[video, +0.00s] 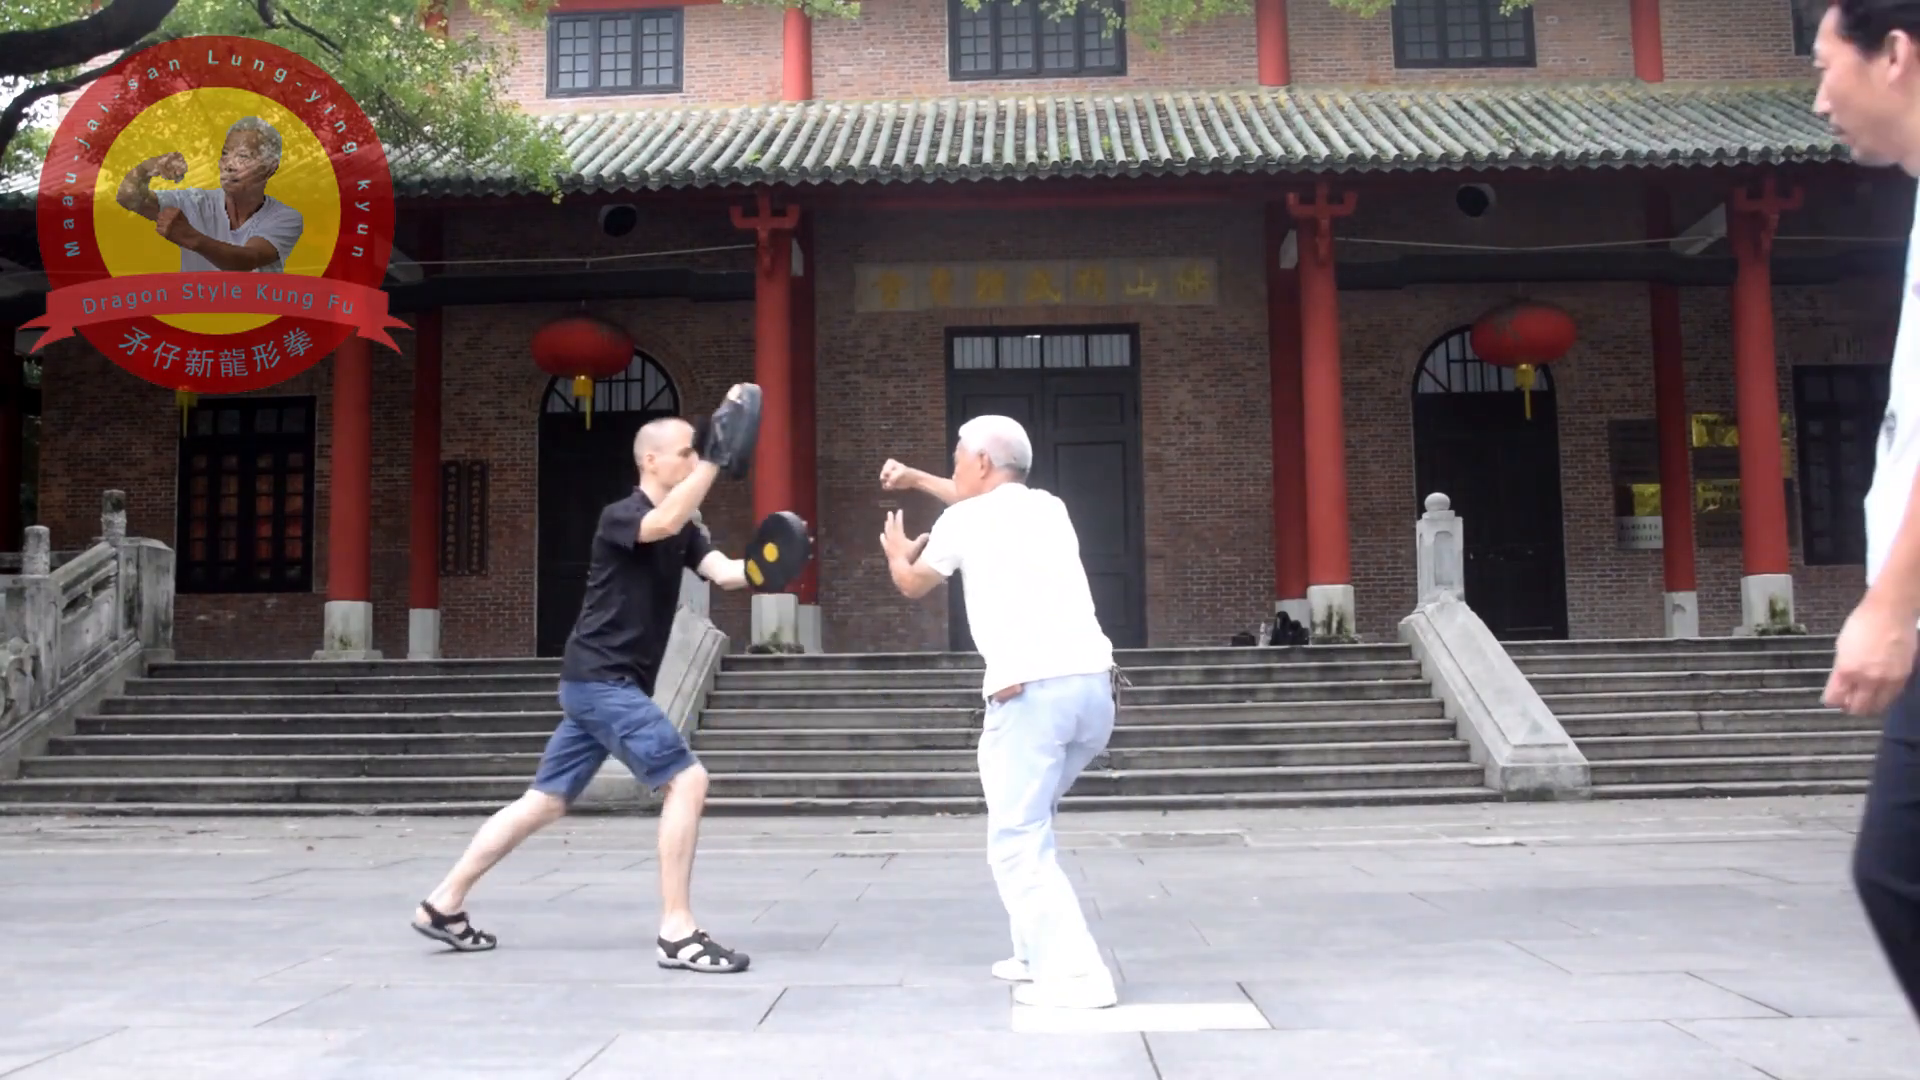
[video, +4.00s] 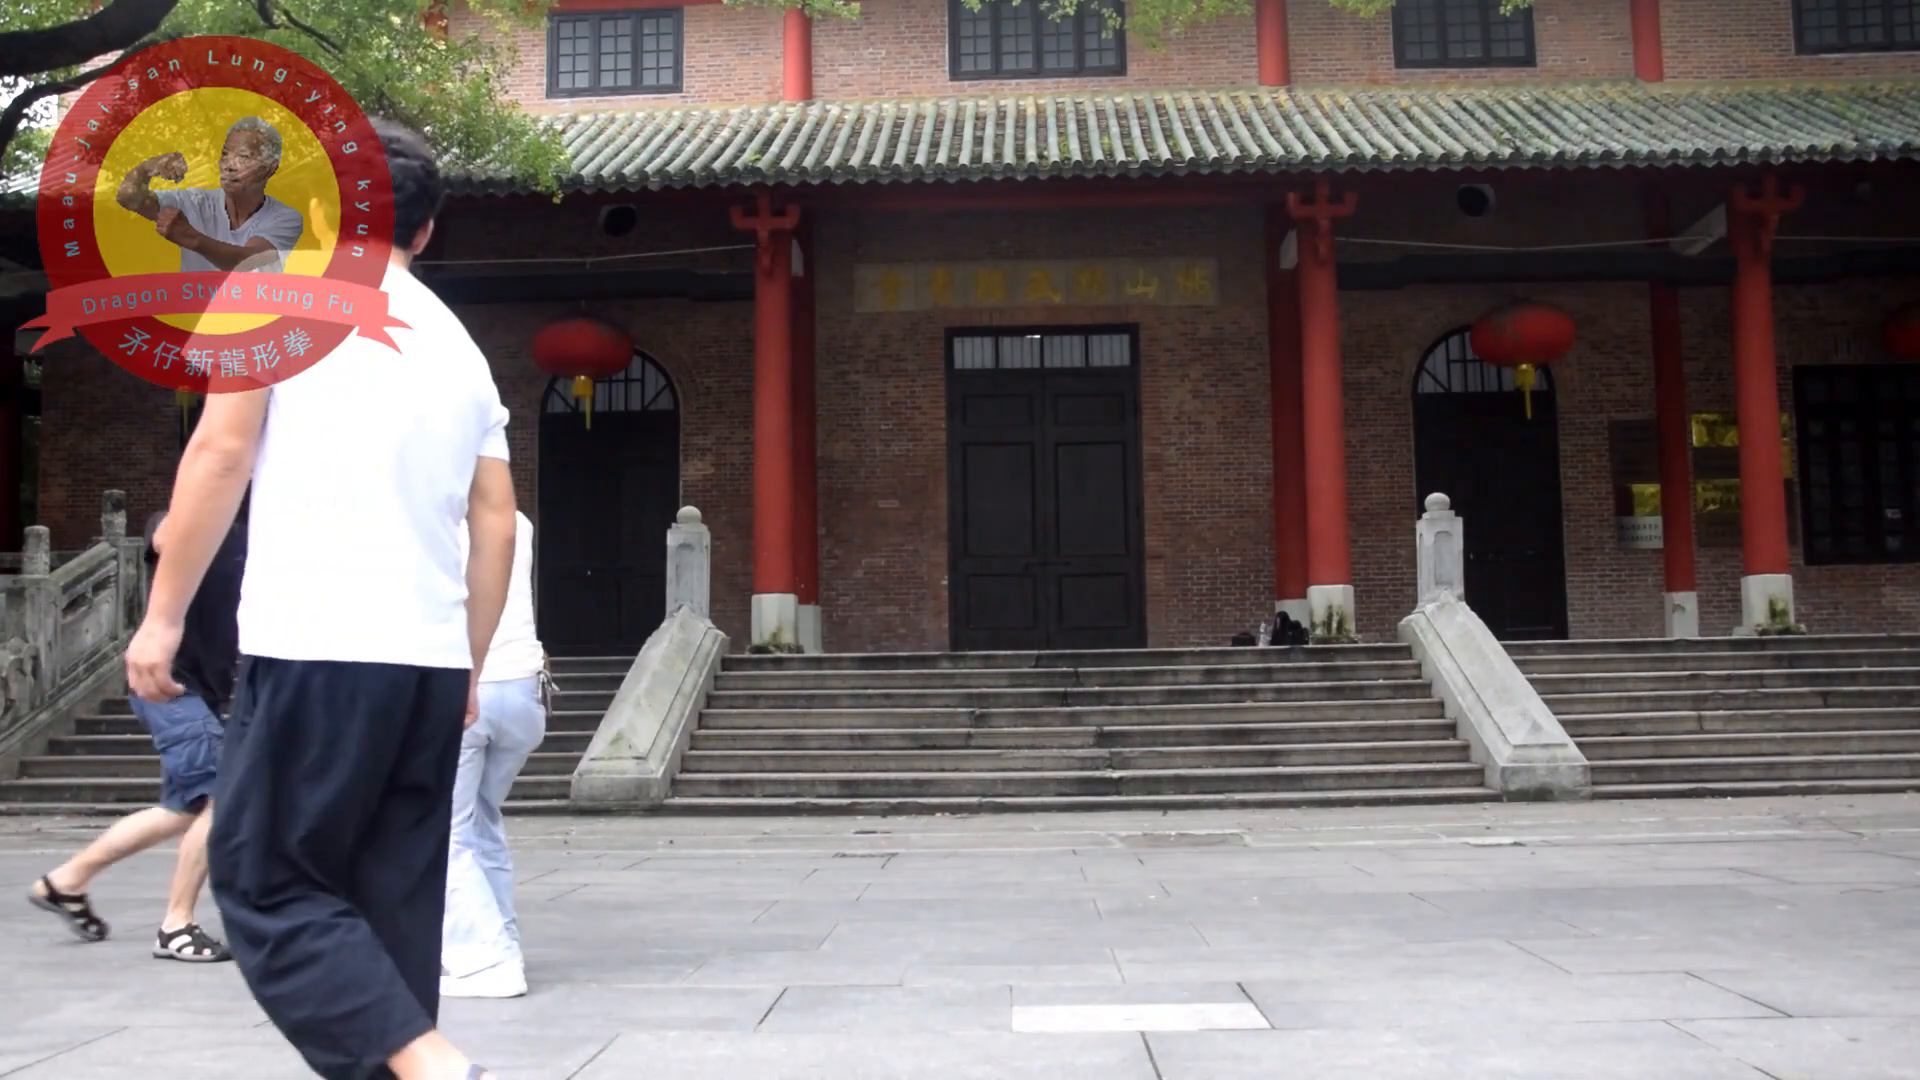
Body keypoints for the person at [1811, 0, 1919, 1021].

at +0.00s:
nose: (1818, 92)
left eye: (1826, 60)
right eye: (1817, 65)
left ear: (1897, 55)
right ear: (1896, 58)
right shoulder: (1917, 203)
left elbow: (1919, 428)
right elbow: (1912, 422)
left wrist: (1891, 605)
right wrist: (1887, 605)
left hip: (1917, 615)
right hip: (1913, 615)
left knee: (1892, 866)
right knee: (1891, 867)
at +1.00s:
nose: (1312, 162)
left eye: (1313, 136)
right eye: (1311, 137)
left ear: (1346, 131)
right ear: (1423, 130)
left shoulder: (1389, 210)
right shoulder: (1470, 227)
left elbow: (1390, 403)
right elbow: (1473, 437)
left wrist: (1341, 617)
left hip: (1428, 633)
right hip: (1492, 635)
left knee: (1322, 938)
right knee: (1518, 923)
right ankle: (1608, 1078)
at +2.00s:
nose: (896, 188)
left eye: (896, 176)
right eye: (898, 178)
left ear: (914, 173)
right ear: (1010, 184)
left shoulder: (911, 233)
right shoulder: (1051, 298)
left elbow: (881, 408)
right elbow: (1085, 500)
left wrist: (825, 594)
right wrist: (1050, 626)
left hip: (948, 641)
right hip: (1047, 648)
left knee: (944, 907)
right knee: (1003, 909)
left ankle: (1109, 1068)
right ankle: (982, 1075)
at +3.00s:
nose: (539, 165)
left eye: (540, 153)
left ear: (553, 161)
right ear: (661, 176)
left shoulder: (524, 247)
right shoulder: (713, 291)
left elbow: (481, 441)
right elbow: (764, 480)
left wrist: (428, 623)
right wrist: (745, 639)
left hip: (574, 656)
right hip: (701, 653)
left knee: (544, 916)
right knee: (710, 883)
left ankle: (553, 1074)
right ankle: (821, 1064)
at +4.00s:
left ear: (329, 209)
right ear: (427, 234)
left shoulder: (275, 293)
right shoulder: (459, 348)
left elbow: (221, 451)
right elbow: (495, 521)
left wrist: (163, 614)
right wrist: (469, 663)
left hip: (312, 662)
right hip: (432, 668)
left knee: (263, 886)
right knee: (398, 901)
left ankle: (428, 1064)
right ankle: (386, 1072)